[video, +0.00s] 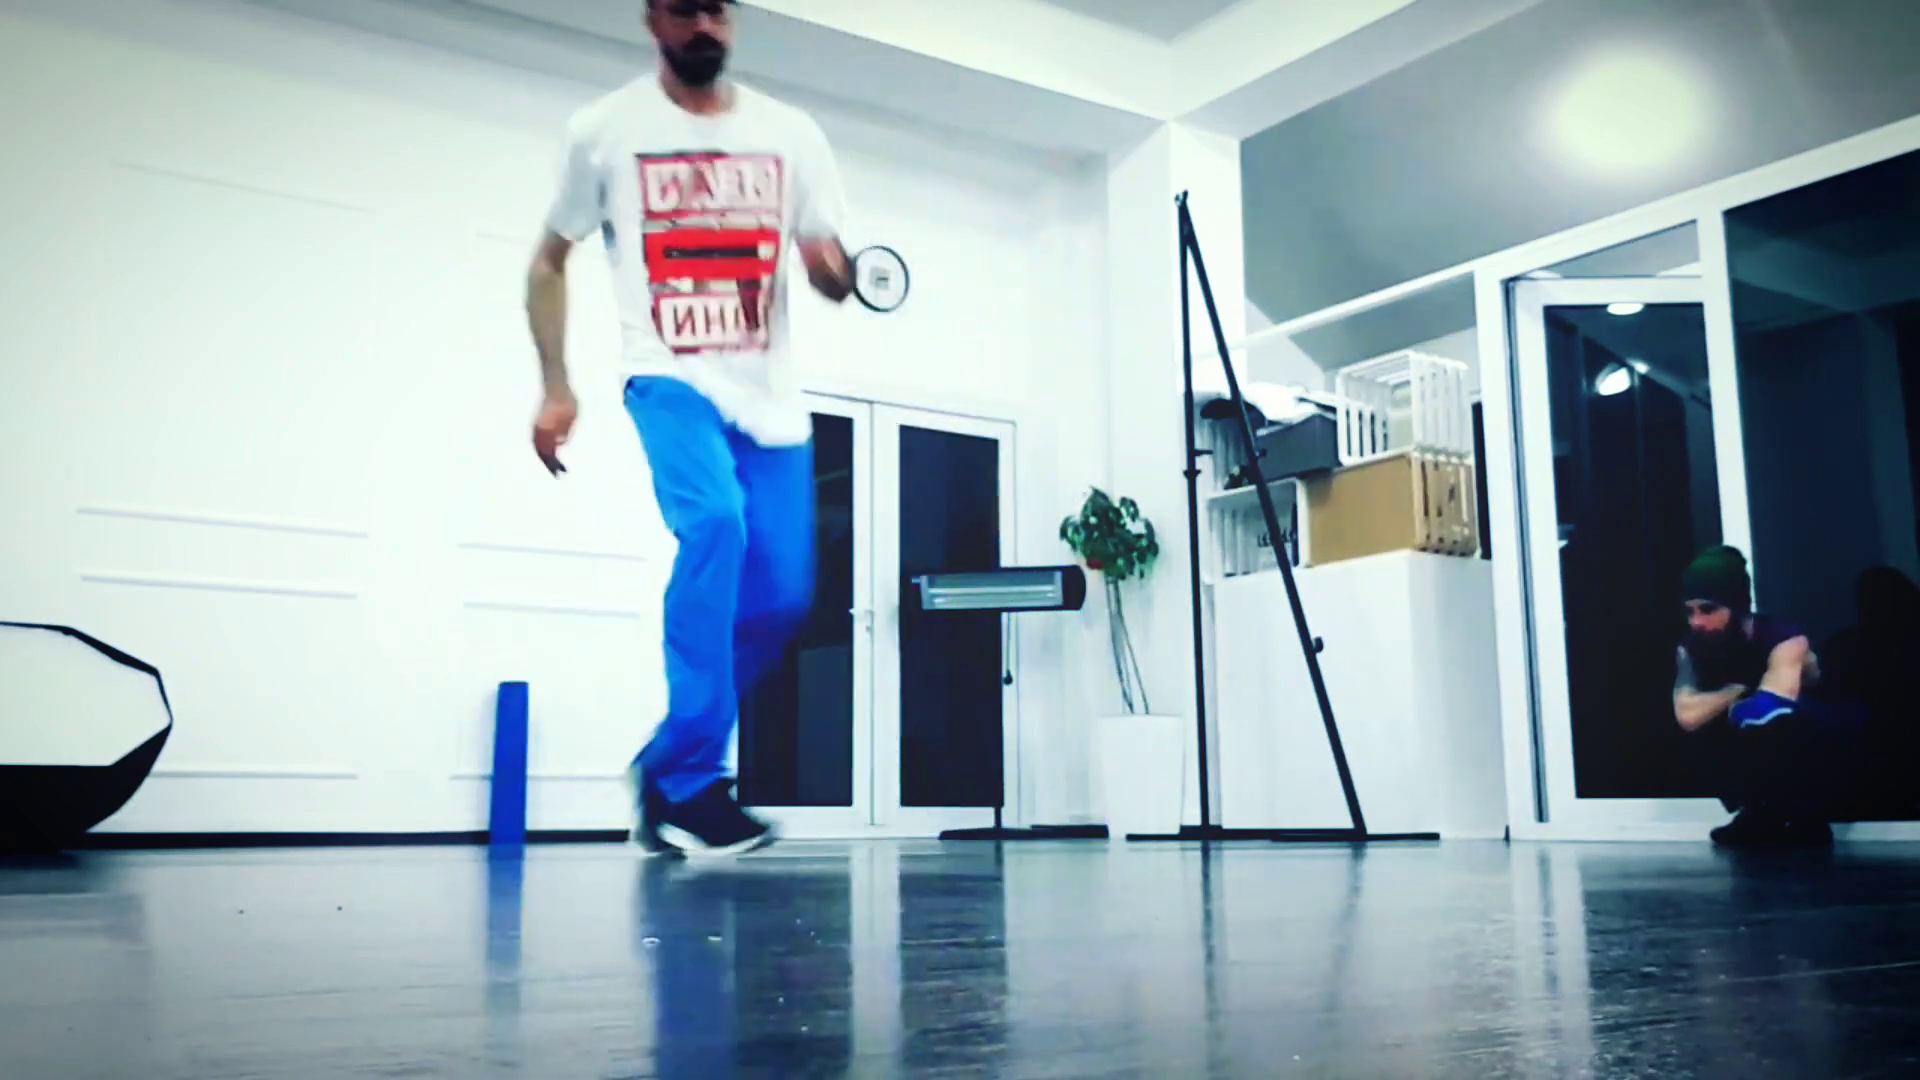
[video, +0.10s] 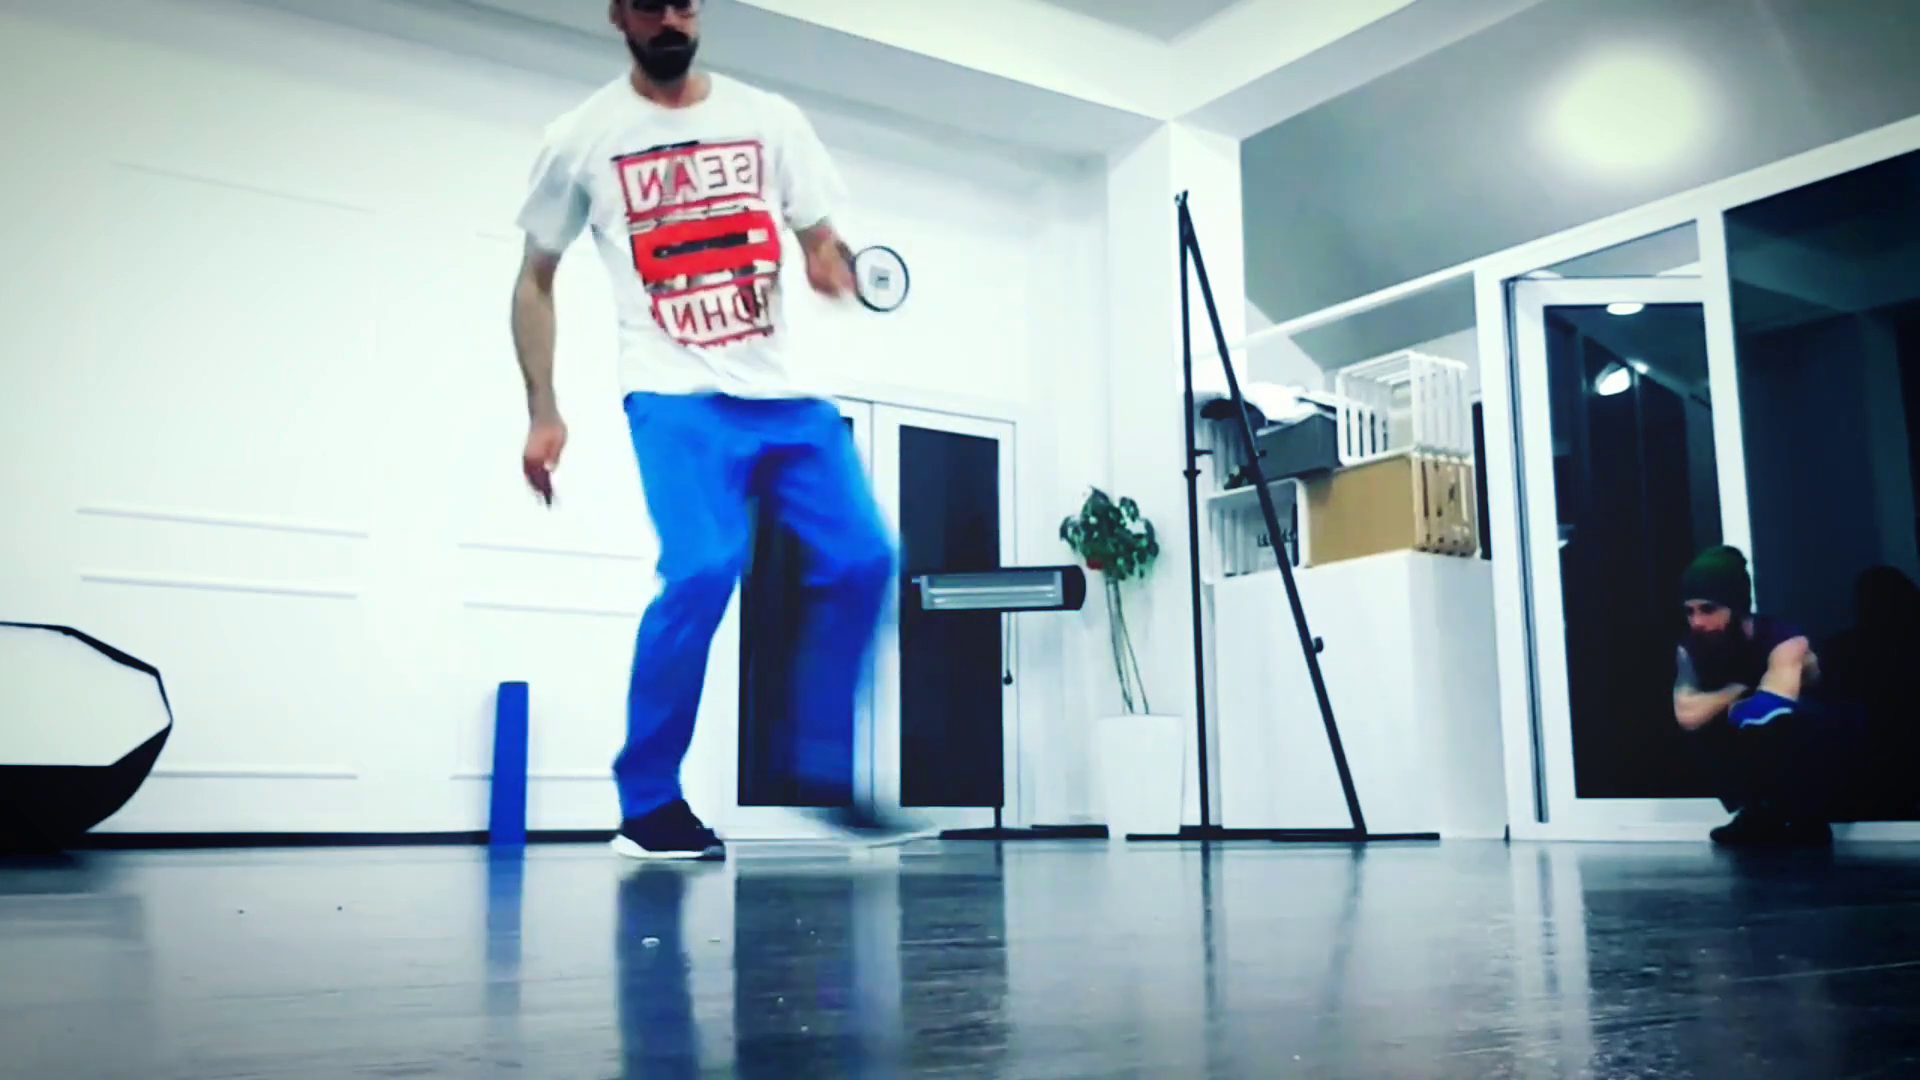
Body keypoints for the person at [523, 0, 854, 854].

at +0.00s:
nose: (703, 26)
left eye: (716, 11)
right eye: (683, 11)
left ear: (735, 19)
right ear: (649, 20)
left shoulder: (792, 134)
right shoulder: (603, 132)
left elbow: (834, 277)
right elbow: (549, 263)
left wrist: (834, 269)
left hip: (768, 387)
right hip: (668, 377)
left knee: (783, 594)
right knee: (717, 523)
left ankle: (665, 768)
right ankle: (696, 783)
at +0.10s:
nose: (669, 21)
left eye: (682, 5)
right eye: (649, 7)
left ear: (702, 13)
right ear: (619, 17)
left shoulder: (772, 119)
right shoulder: (581, 142)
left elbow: (820, 239)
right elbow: (535, 281)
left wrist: (833, 266)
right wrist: (543, 413)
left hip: (786, 394)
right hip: (678, 398)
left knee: (864, 556)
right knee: (705, 565)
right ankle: (650, 800)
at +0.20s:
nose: (654, 20)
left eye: (667, 5)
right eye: (633, 7)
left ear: (685, 13)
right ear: (598, 18)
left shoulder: (751, 118)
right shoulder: (564, 153)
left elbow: (825, 230)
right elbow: (540, 296)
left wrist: (869, 267)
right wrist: (551, 319)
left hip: (796, 390)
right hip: (674, 411)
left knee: (927, 518)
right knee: (685, 577)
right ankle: (655, 803)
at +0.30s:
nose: (645, 6)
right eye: (629, 2)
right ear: (606, 2)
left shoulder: (749, 52)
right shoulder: (577, 68)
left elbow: (825, 163)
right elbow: (542, 200)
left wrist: (895, 165)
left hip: (810, 305)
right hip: (698, 354)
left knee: (960, 400)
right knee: (722, 545)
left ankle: (1110, 555)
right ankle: (711, 780)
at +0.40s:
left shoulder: (752, 14)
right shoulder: (569, 16)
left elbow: (825, 128)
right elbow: (535, 111)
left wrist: (912, 119)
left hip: (802, 235)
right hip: (695, 283)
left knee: (911, 387)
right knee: (788, 473)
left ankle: (985, 597)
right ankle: (913, 670)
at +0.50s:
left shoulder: (757, 13)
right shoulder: (568, 16)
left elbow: (822, 127)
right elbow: (530, 128)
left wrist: (930, 141)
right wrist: (552, 19)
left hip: (800, 225)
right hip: (698, 280)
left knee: (914, 391)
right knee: (801, 473)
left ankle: (1037, 569)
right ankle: (911, 672)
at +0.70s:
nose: (685, 10)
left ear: (713, 9)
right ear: (634, 4)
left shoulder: (764, 107)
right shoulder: (570, 115)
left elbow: (877, 210)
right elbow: (535, 256)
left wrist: (1009, 201)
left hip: (826, 353)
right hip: (711, 411)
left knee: (989, 438)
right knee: (722, 595)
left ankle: (1144, 567)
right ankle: (809, 805)